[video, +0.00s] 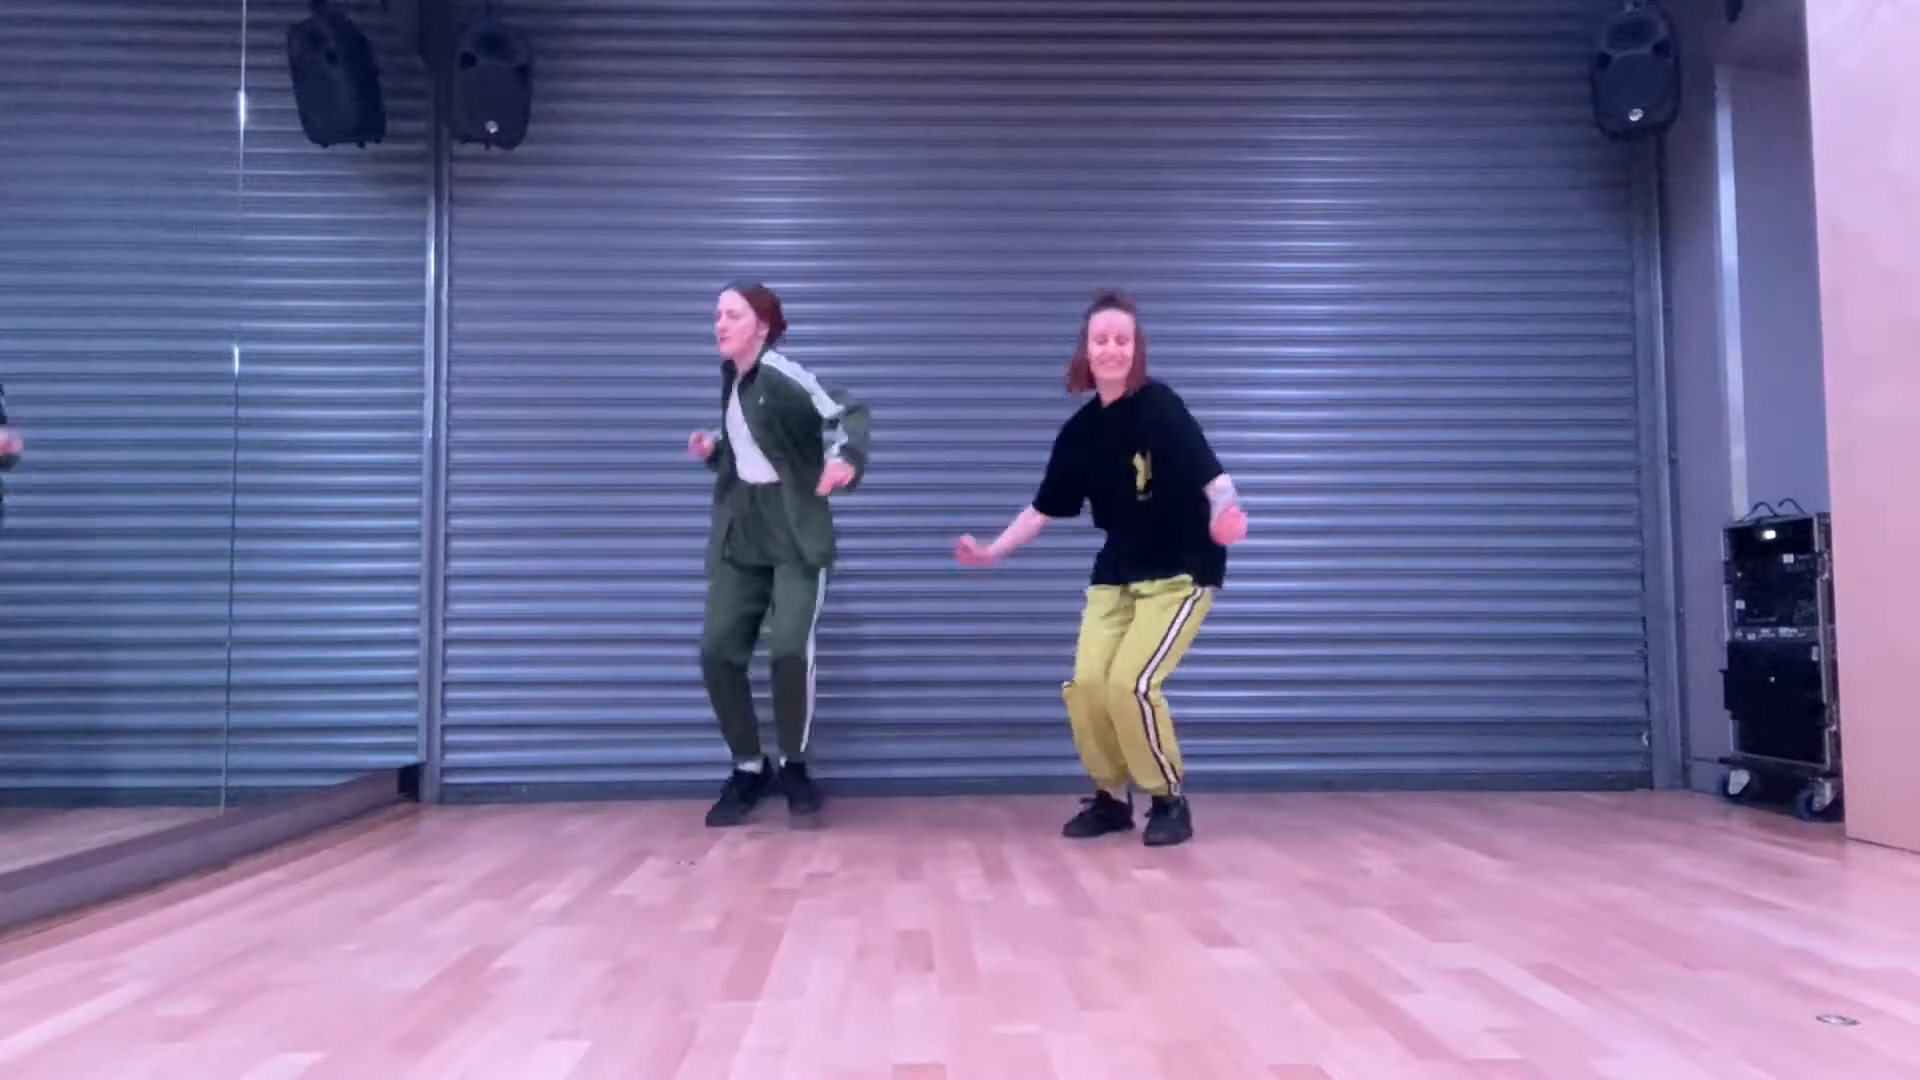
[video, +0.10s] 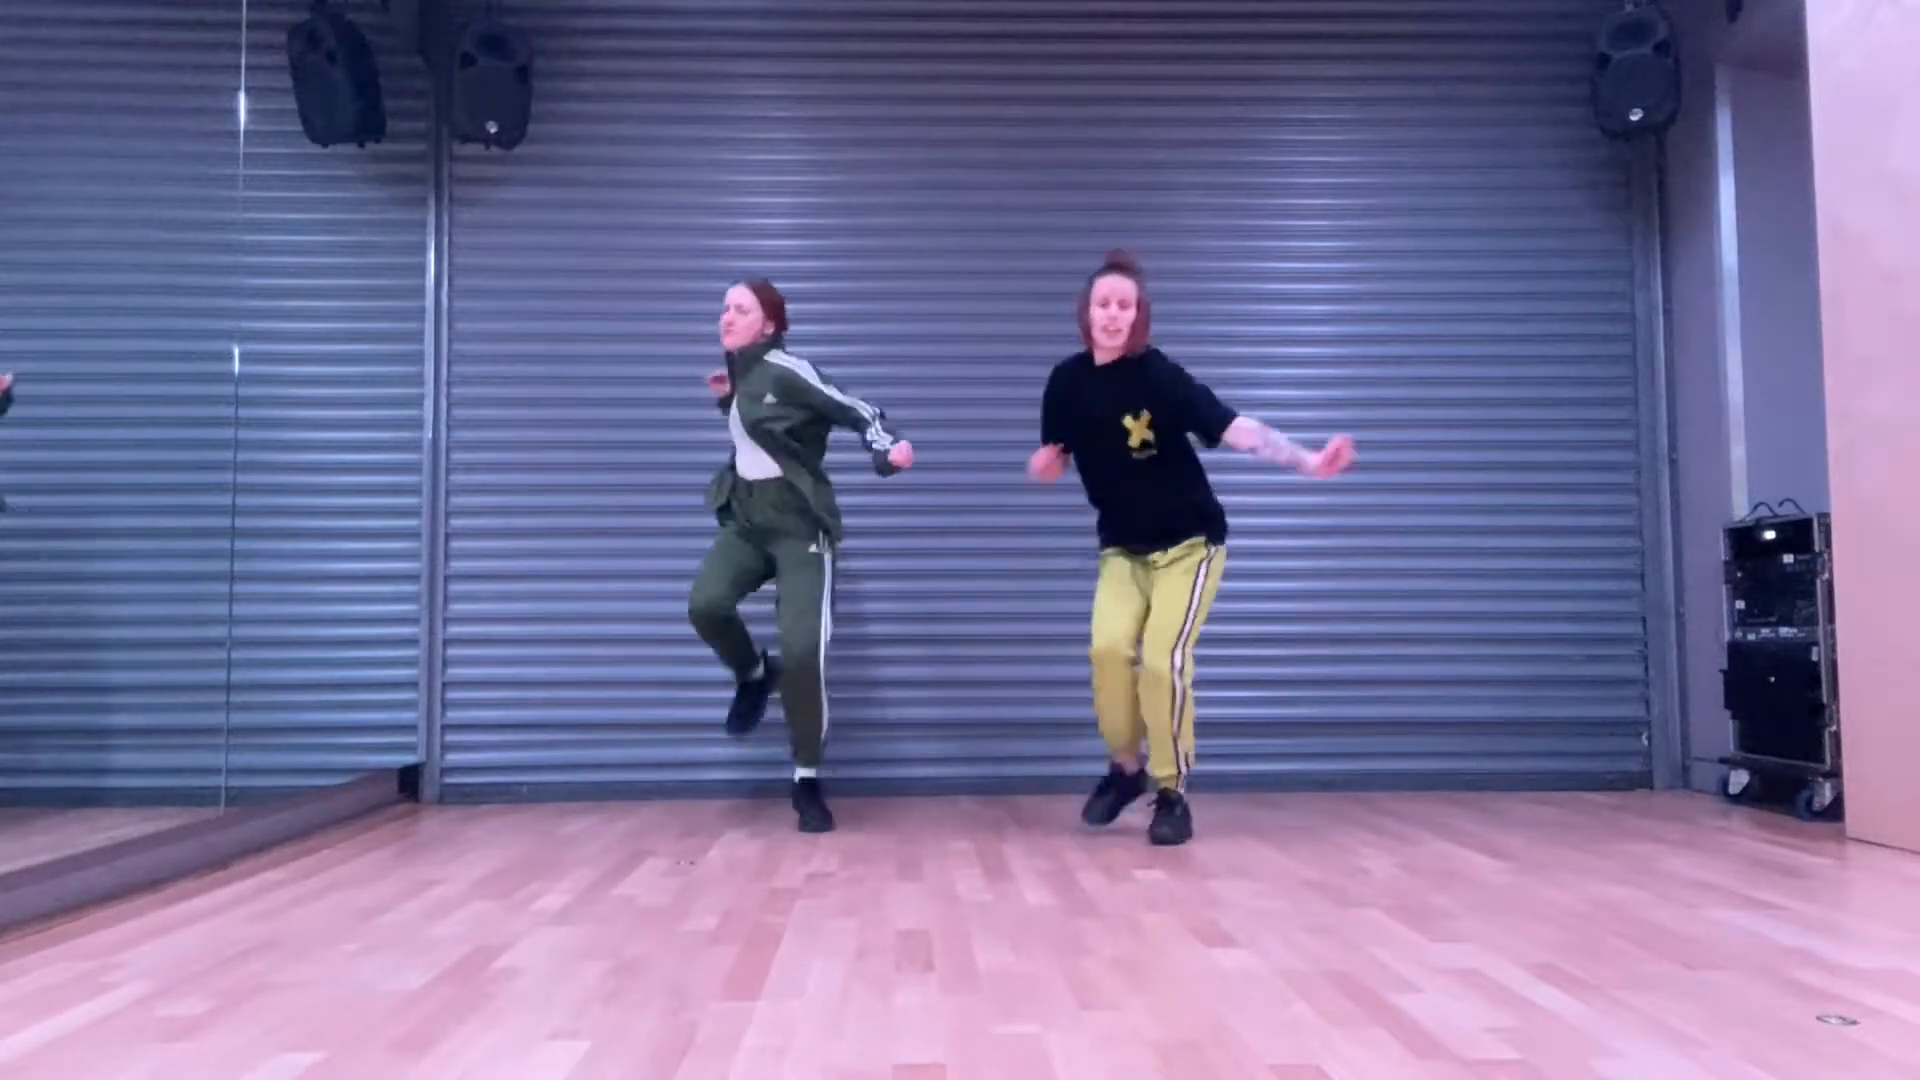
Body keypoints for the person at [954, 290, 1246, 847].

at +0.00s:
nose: (1111, 350)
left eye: (1122, 340)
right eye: (1101, 339)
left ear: (1137, 348)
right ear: (1085, 350)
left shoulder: (1161, 408)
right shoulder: (1079, 430)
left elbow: (1215, 484)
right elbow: (1043, 509)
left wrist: (1224, 519)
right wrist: (992, 552)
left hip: (1181, 573)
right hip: (1116, 575)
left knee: (1128, 683)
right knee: (1086, 684)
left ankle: (1168, 802)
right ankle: (1111, 801)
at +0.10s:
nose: (1113, 315)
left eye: (1125, 305)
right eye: (1103, 303)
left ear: (1140, 315)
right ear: (1085, 311)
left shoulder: (1159, 376)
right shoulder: (1067, 381)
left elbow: (1232, 428)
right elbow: (1055, 455)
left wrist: (1307, 460)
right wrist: (1047, 465)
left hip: (1189, 543)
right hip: (1123, 549)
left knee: (1161, 659)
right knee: (1108, 649)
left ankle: (1170, 792)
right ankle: (1127, 771)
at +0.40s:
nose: (1154, 295)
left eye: (1164, 284)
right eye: (1143, 285)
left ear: (1181, 293)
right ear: (1127, 298)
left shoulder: (1218, 359)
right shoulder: (1108, 363)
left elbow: (1268, 397)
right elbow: (1027, 412)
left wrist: (1288, 405)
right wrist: (945, 444)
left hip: (1178, 536)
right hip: (1107, 523)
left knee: (1148, 663)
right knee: (1033, 597)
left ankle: (1169, 796)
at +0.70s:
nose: (1146, 271)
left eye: (1157, 264)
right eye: (1137, 263)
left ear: (1176, 279)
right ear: (1120, 279)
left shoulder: (1192, 333)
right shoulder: (1096, 335)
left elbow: (1200, 349)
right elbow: (1127, 374)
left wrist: (1115, 331)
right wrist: (1184, 364)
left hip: (1159, 507)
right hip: (1087, 505)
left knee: (1163, 616)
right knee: (1090, 631)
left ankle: (1137, 713)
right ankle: (1103, 767)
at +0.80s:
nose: (1137, 289)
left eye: (1147, 282)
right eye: (1126, 283)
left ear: (1166, 302)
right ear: (1109, 299)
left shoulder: (1177, 353)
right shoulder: (1093, 357)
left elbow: (1161, 349)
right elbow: (1154, 391)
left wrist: (1098, 323)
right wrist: (1246, 391)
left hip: (1154, 531)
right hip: (1085, 534)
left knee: (1180, 623)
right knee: (1111, 662)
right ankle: (1133, 785)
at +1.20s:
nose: (1118, 299)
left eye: (1126, 292)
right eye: (1107, 293)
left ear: (1141, 307)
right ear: (1089, 309)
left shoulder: (1167, 381)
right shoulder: (1060, 379)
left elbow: (1239, 395)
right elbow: (989, 372)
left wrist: (1290, 403)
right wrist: (1061, 363)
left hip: (1134, 554)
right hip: (1068, 548)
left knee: (1088, 665)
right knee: (1101, 662)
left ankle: (1011, 782)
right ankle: (1135, 793)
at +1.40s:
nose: (1150, 289)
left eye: (1141, 282)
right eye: (1136, 288)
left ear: (1114, 321)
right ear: (1124, 315)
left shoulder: (1102, 361)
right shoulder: (1140, 365)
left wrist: (1171, 377)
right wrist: (1178, 451)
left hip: (1057, 528)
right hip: (1093, 532)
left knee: (1064, 656)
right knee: (1121, 654)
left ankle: (999, 777)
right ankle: (1139, 790)